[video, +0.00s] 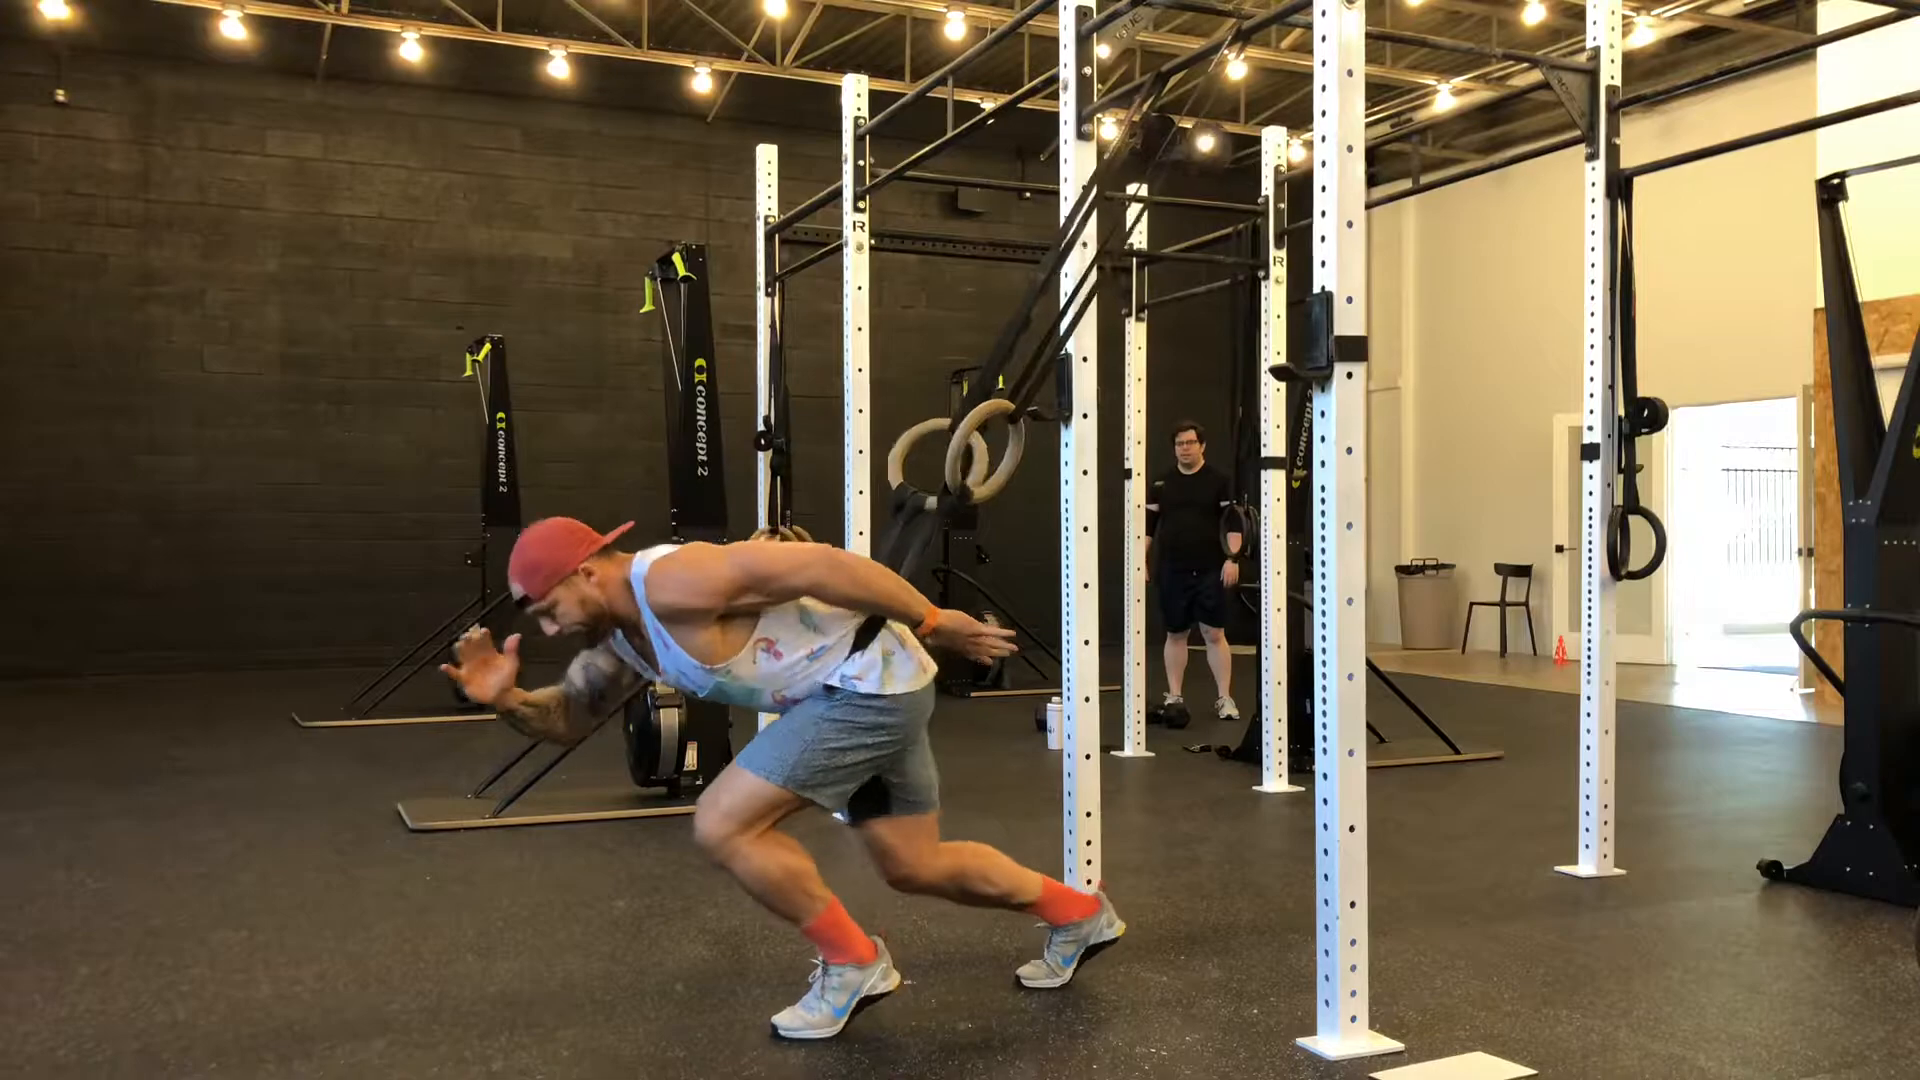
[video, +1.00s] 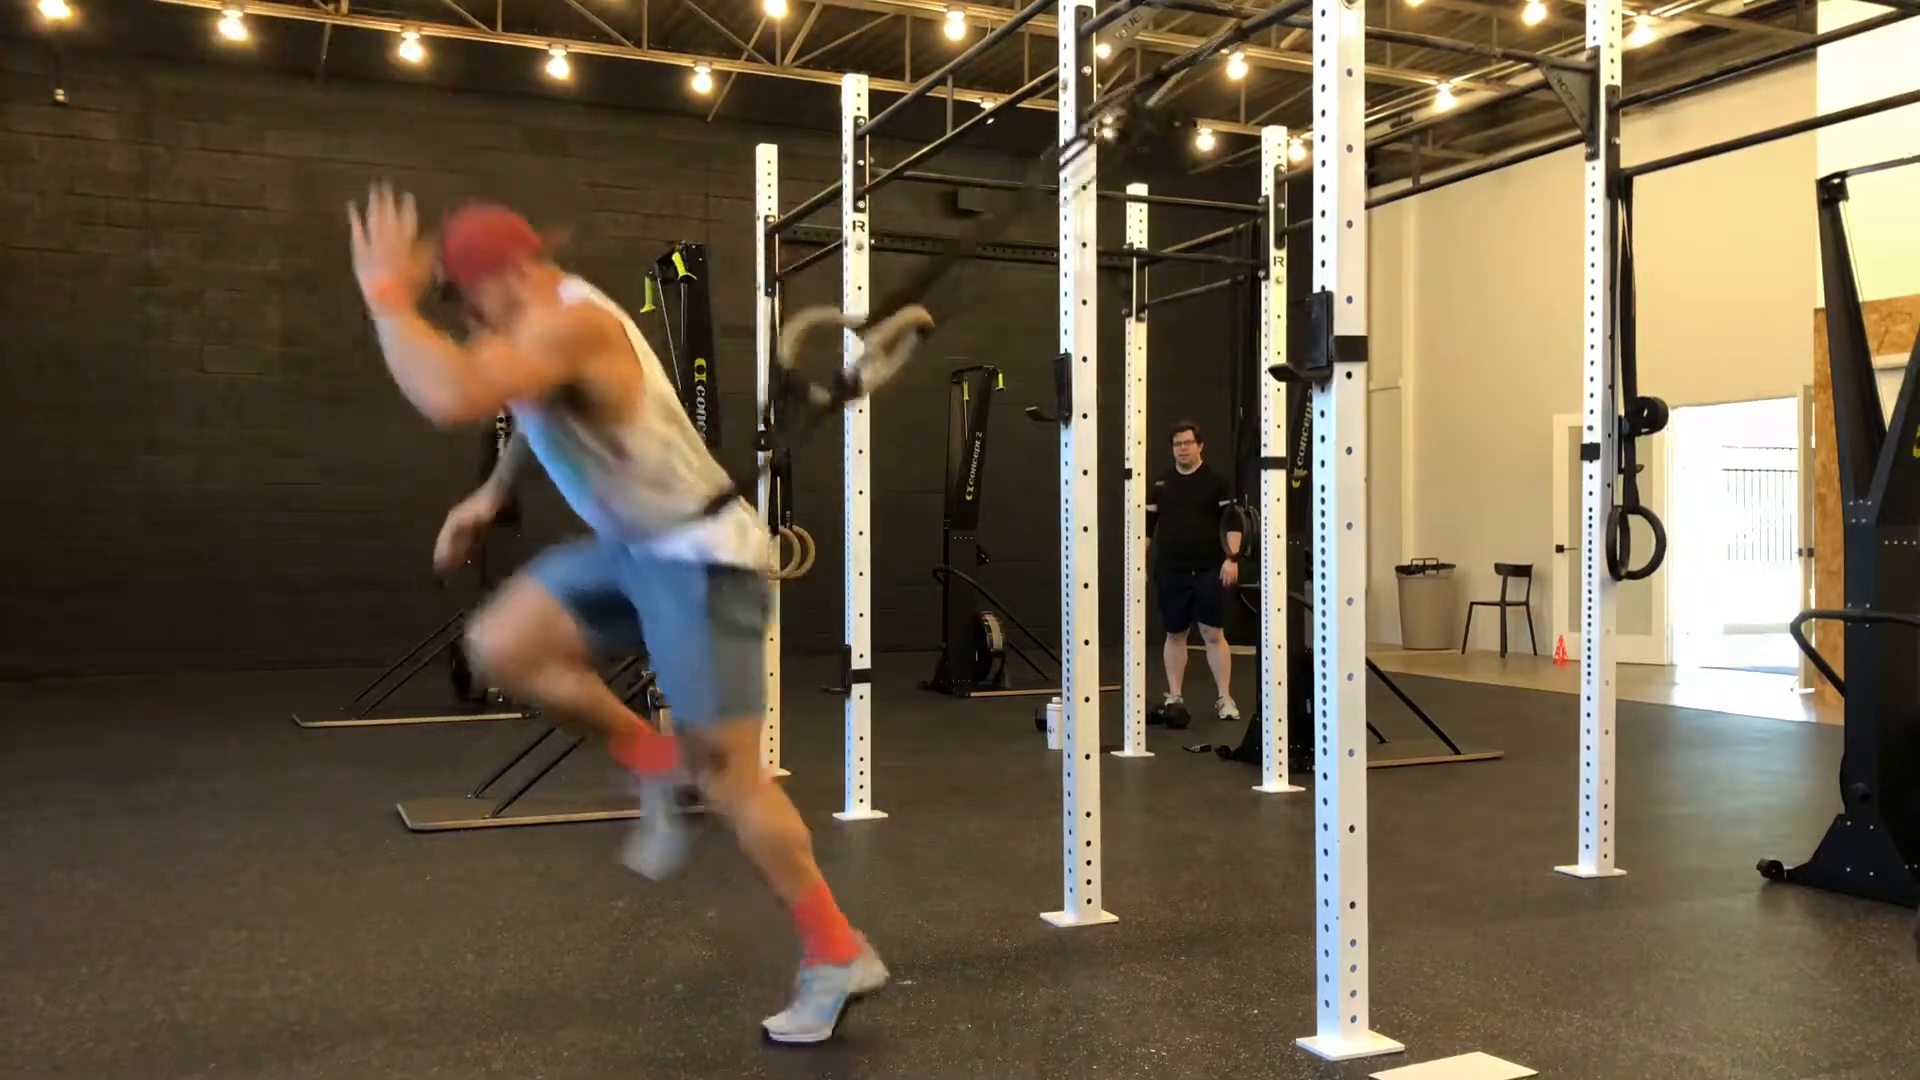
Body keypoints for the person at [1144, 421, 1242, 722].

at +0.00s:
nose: (1184, 448)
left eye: (1189, 443)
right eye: (1179, 444)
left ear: (1202, 446)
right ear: (1173, 448)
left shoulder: (1218, 481)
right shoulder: (1162, 484)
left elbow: (1233, 522)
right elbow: (1148, 526)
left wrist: (1232, 558)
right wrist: (1142, 560)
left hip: (1210, 570)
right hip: (1172, 570)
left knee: (1214, 634)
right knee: (1176, 634)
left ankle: (1224, 698)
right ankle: (1174, 696)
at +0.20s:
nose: (1183, 448)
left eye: (1189, 443)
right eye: (1179, 444)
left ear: (1202, 446)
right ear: (1173, 448)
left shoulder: (1218, 481)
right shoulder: (1162, 483)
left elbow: (1233, 522)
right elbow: (1147, 526)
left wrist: (1233, 558)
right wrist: (1142, 562)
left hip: (1209, 570)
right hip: (1171, 570)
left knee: (1213, 633)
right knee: (1175, 634)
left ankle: (1224, 698)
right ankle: (1174, 696)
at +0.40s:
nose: (1183, 448)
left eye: (1188, 443)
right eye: (1178, 443)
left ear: (1201, 446)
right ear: (1172, 448)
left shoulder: (1217, 481)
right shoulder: (1162, 483)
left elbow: (1233, 521)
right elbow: (1146, 526)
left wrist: (1232, 557)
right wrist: (1141, 561)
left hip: (1209, 570)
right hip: (1171, 570)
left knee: (1213, 633)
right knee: (1175, 634)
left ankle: (1225, 698)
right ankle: (1174, 696)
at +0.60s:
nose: (1182, 448)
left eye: (1188, 443)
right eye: (1177, 444)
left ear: (1201, 446)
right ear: (1171, 448)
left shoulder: (1217, 481)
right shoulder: (1161, 483)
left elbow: (1233, 521)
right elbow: (1146, 527)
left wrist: (1232, 557)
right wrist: (1140, 563)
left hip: (1209, 570)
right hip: (1171, 570)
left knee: (1213, 633)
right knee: (1175, 634)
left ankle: (1224, 698)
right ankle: (1174, 696)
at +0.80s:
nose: (1182, 449)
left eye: (1188, 443)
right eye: (1177, 444)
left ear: (1200, 446)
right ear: (1171, 448)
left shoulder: (1217, 481)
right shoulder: (1161, 484)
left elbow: (1233, 522)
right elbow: (1146, 528)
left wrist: (1232, 557)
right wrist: (1141, 563)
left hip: (1209, 570)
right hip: (1171, 570)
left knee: (1213, 634)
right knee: (1175, 634)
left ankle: (1224, 698)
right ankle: (1174, 696)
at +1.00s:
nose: (1182, 449)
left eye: (1187, 443)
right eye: (1177, 444)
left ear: (1200, 446)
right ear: (1171, 448)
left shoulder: (1216, 481)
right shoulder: (1161, 484)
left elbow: (1233, 522)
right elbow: (1147, 529)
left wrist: (1232, 558)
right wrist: (1141, 564)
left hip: (1209, 570)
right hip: (1171, 570)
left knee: (1213, 634)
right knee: (1175, 634)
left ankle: (1224, 698)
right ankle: (1174, 697)